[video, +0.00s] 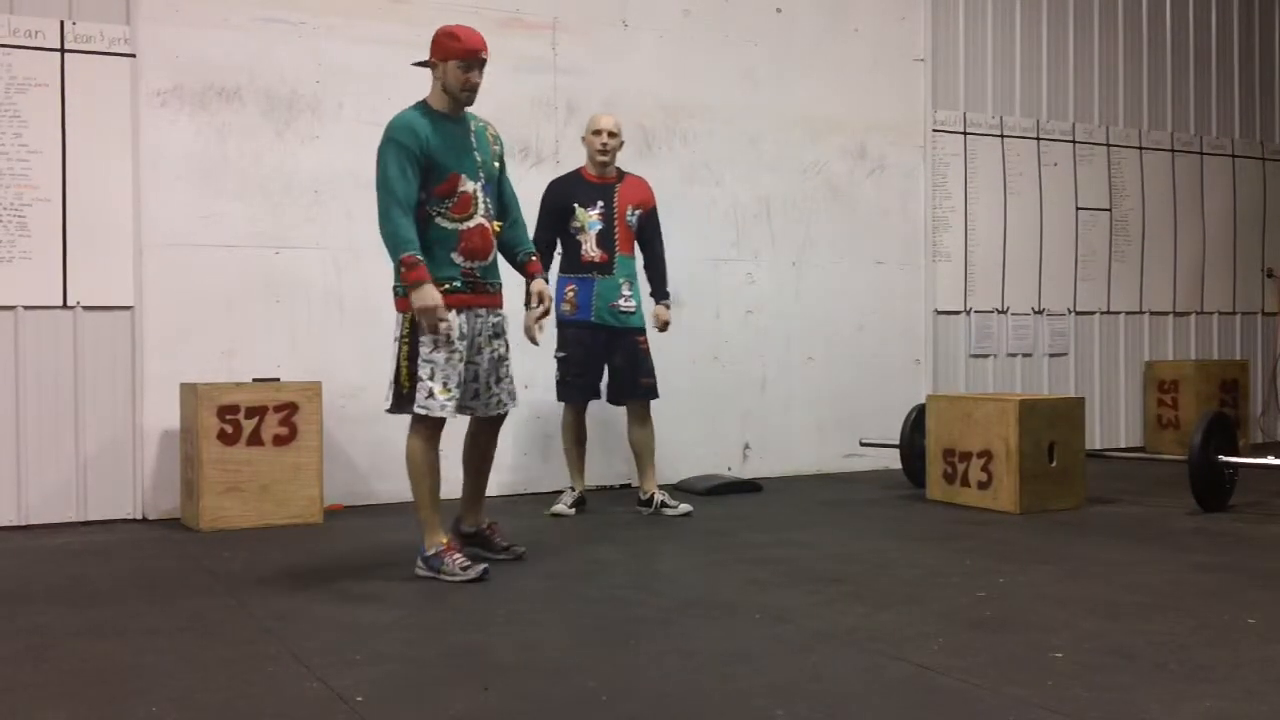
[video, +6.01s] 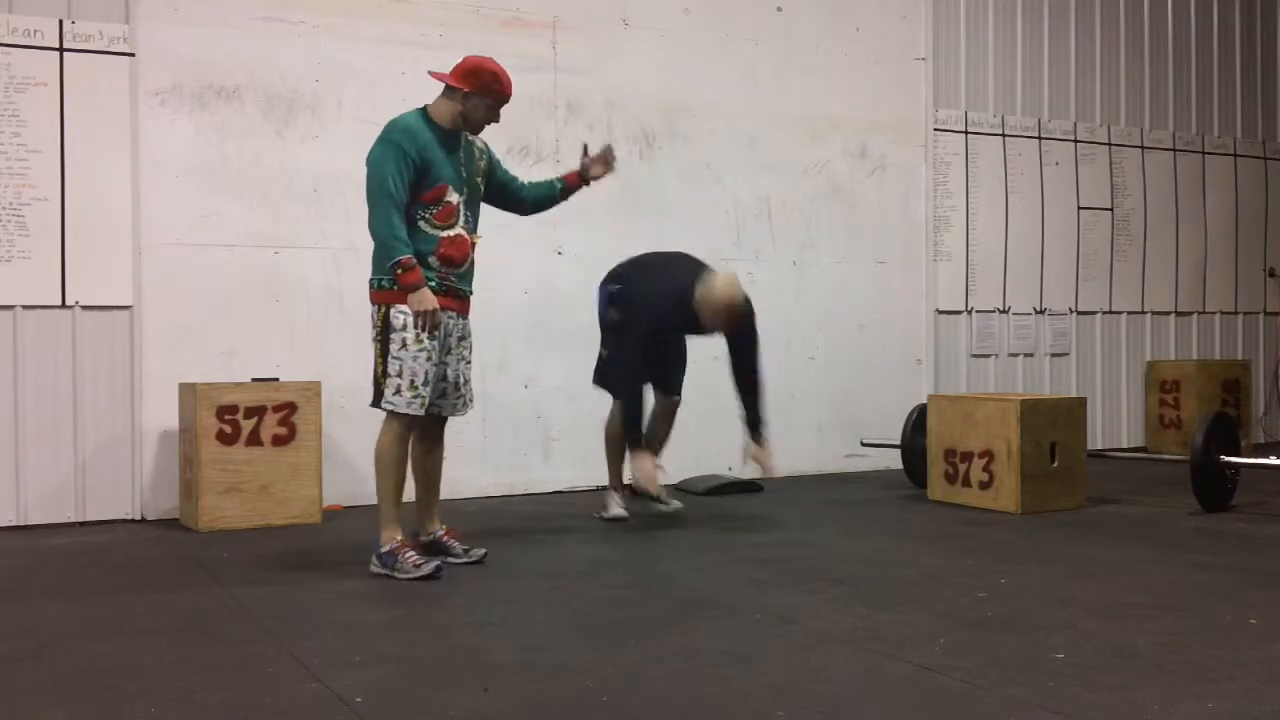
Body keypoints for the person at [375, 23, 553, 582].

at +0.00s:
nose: (472, 75)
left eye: (479, 65)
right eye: (462, 65)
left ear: (484, 70)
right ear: (435, 67)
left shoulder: (486, 136)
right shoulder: (406, 131)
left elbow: (507, 214)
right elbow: (395, 214)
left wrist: (534, 274)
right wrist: (418, 282)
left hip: (486, 300)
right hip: (436, 299)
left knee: (489, 411)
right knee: (429, 417)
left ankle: (471, 524)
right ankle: (434, 545)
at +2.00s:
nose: (506, 117)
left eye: (509, 107)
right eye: (507, 105)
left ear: (476, 88)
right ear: (490, 92)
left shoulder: (458, 137)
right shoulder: (437, 132)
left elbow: (479, 210)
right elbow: (482, 197)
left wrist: (539, 213)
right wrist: (563, 196)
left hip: (460, 291)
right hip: (442, 293)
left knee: (463, 408)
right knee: (457, 409)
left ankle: (447, 527)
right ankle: (435, 540)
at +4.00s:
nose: (478, 97)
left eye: (488, 92)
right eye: (473, 84)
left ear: (492, 98)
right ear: (450, 78)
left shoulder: (481, 154)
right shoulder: (405, 128)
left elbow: (534, 198)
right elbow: (373, 201)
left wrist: (596, 201)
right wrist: (395, 259)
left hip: (449, 300)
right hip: (403, 294)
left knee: (432, 419)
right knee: (399, 417)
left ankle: (429, 533)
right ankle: (399, 545)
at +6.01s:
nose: (495, 119)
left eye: (498, 110)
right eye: (492, 109)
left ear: (473, 100)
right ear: (465, 95)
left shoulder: (472, 151)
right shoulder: (402, 137)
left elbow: (521, 198)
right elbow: (384, 219)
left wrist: (581, 175)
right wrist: (414, 285)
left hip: (450, 302)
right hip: (406, 300)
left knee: (433, 420)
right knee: (401, 417)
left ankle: (427, 531)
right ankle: (389, 543)